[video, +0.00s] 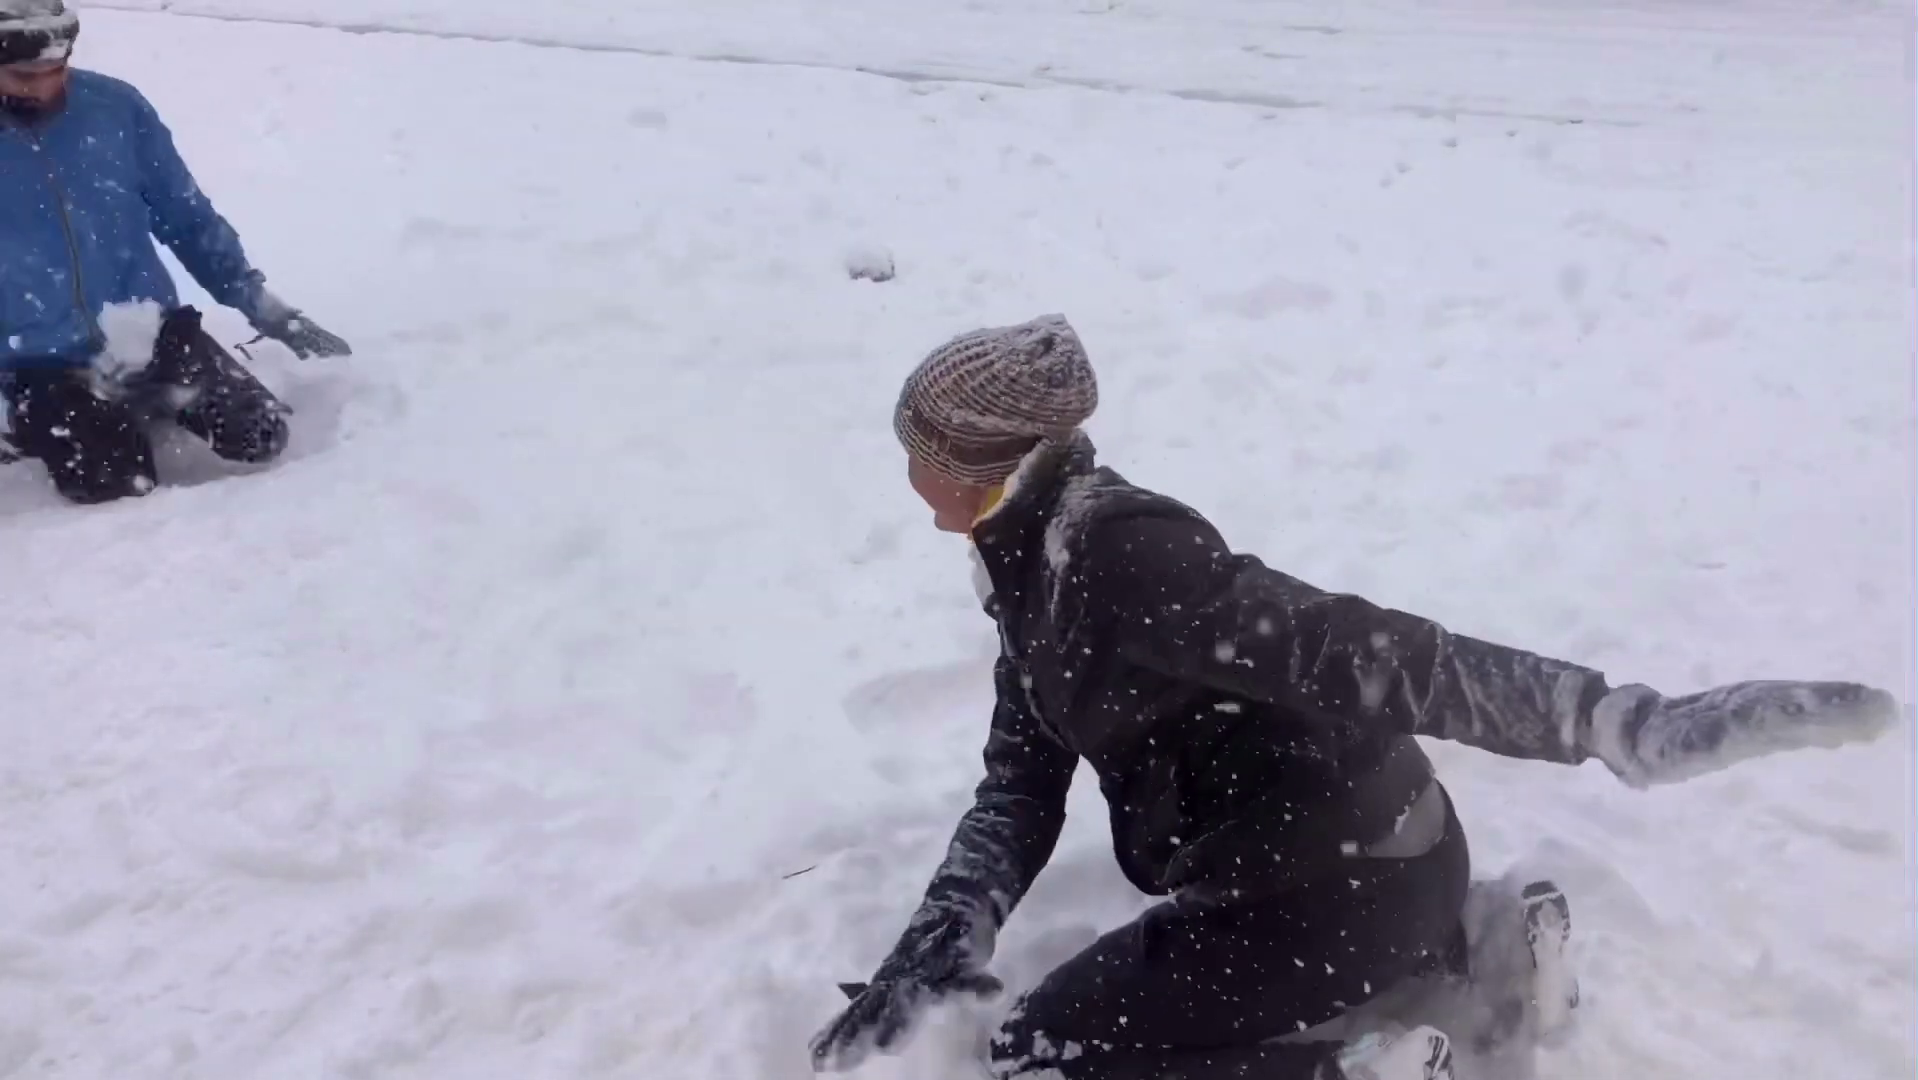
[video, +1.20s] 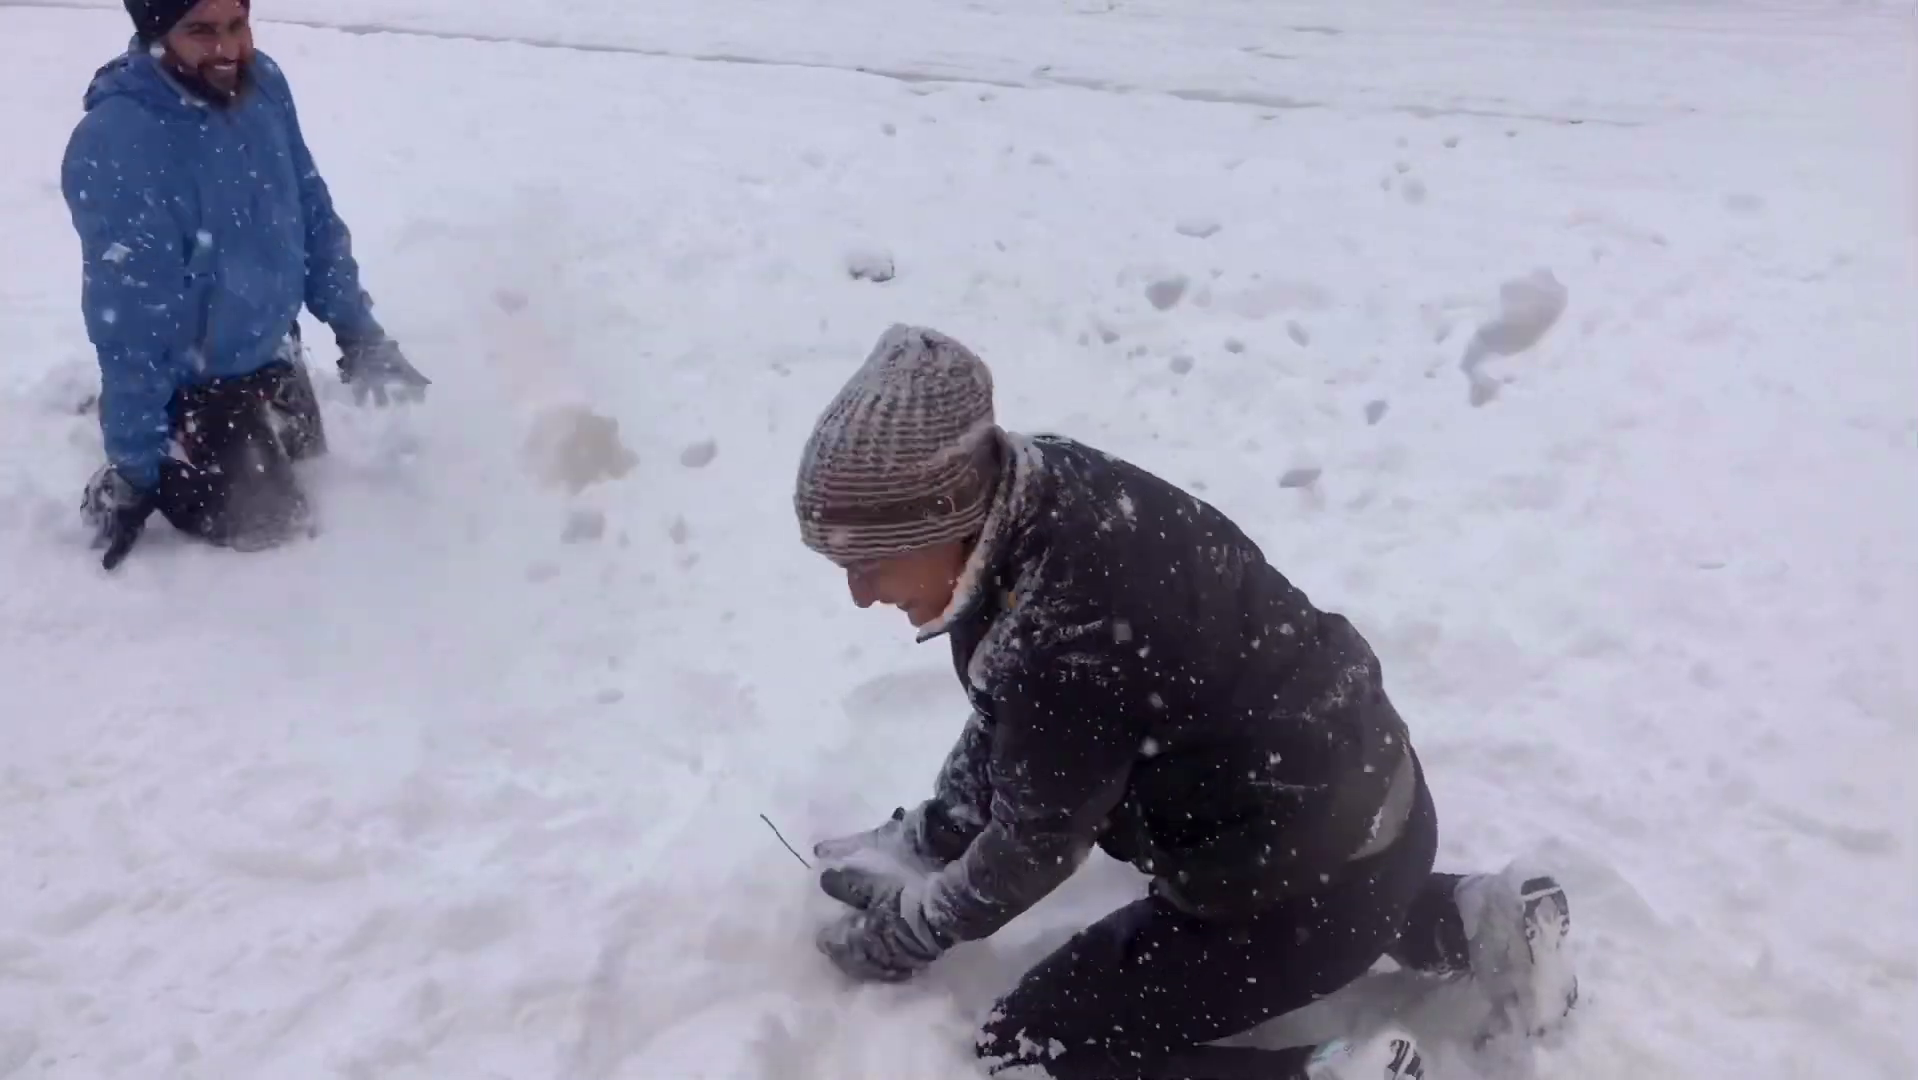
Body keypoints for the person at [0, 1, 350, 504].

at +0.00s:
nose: (46, 87)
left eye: (56, 68)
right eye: (26, 75)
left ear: (69, 53)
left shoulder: (116, 108)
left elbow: (188, 219)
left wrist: (262, 305)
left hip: (149, 327)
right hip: (41, 359)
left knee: (262, 436)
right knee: (115, 484)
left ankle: (165, 388)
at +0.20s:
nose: (126, 105)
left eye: (136, 85)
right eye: (106, 89)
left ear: (149, 74)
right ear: (63, 84)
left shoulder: (190, 142)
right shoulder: (13, 152)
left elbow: (249, 266)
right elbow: (6, 301)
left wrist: (312, 368)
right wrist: (14, 414)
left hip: (193, 355)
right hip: (78, 371)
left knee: (284, 463)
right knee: (124, 495)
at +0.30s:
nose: (167, 86)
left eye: (177, 66)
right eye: (146, 69)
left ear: (191, 64)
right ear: (106, 74)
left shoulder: (234, 146)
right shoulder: (43, 159)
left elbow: (282, 282)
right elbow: (49, 313)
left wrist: (332, 395)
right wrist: (87, 449)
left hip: (213, 353)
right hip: (107, 362)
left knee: (289, 457)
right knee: (128, 484)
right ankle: (52, 431)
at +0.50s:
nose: (197, 67)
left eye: (207, 45)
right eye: (175, 50)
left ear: (221, 40)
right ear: (134, 51)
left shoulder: (262, 124)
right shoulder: (76, 136)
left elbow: (304, 262)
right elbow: (99, 300)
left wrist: (343, 372)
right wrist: (180, 424)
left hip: (231, 331)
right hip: (128, 336)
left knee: (263, 420)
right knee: (139, 473)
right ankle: (60, 407)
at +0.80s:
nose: (205, 5)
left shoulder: (264, 57)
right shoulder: (79, 87)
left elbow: (330, 191)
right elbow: (97, 262)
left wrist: (391, 301)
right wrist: (134, 404)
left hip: (260, 315)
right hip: (160, 326)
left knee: (286, 442)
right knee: (201, 458)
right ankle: (92, 418)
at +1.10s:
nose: (218, 25)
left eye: (227, 4)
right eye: (194, 8)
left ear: (241, 4)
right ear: (149, 11)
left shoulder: (264, 74)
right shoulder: (101, 121)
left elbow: (321, 214)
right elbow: (103, 301)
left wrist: (368, 334)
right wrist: (123, 443)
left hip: (274, 344)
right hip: (185, 364)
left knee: (310, 481)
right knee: (273, 512)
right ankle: (141, 477)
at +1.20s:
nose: (226, 48)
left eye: (237, 25)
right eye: (202, 31)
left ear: (252, 17)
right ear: (156, 34)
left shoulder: (262, 86)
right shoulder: (116, 141)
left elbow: (312, 222)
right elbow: (128, 321)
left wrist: (362, 339)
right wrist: (136, 474)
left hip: (275, 360)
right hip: (195, 392)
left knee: (313, 477)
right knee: (273, 530)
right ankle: (142, 488)